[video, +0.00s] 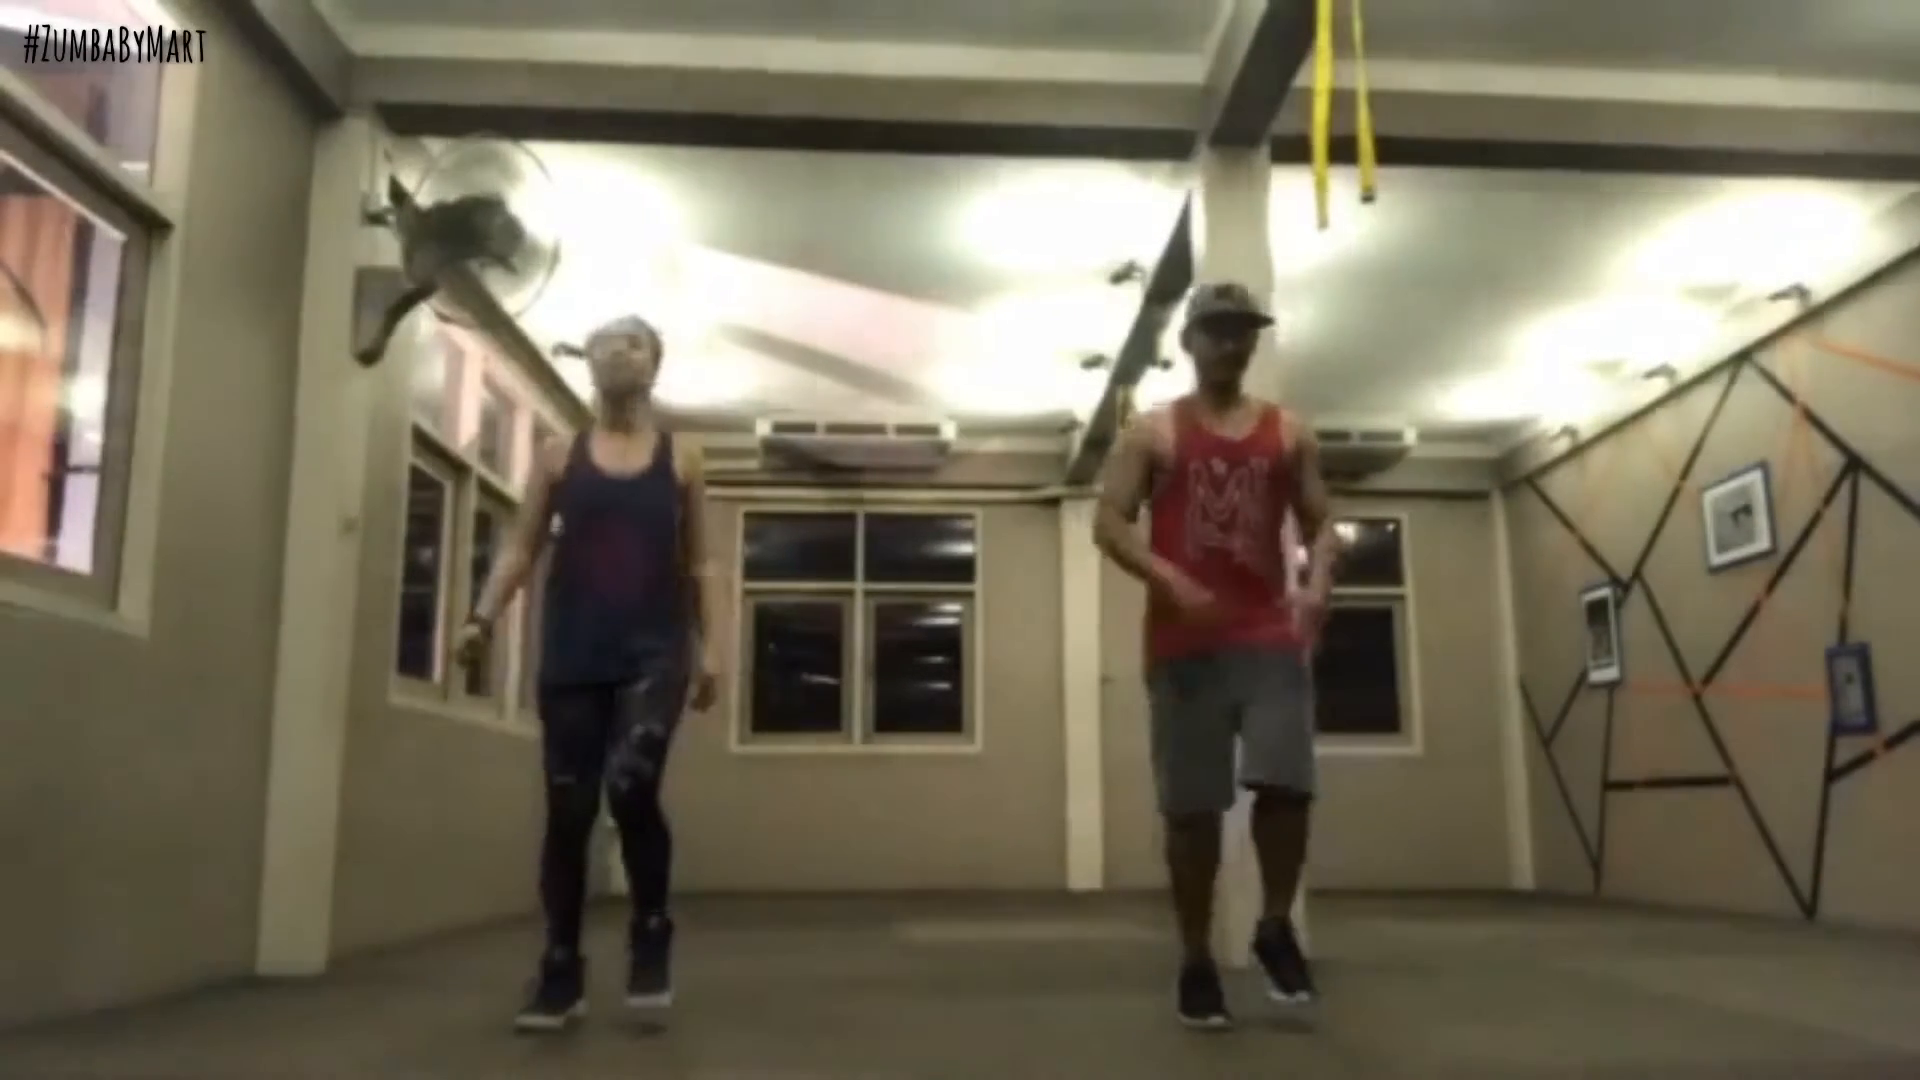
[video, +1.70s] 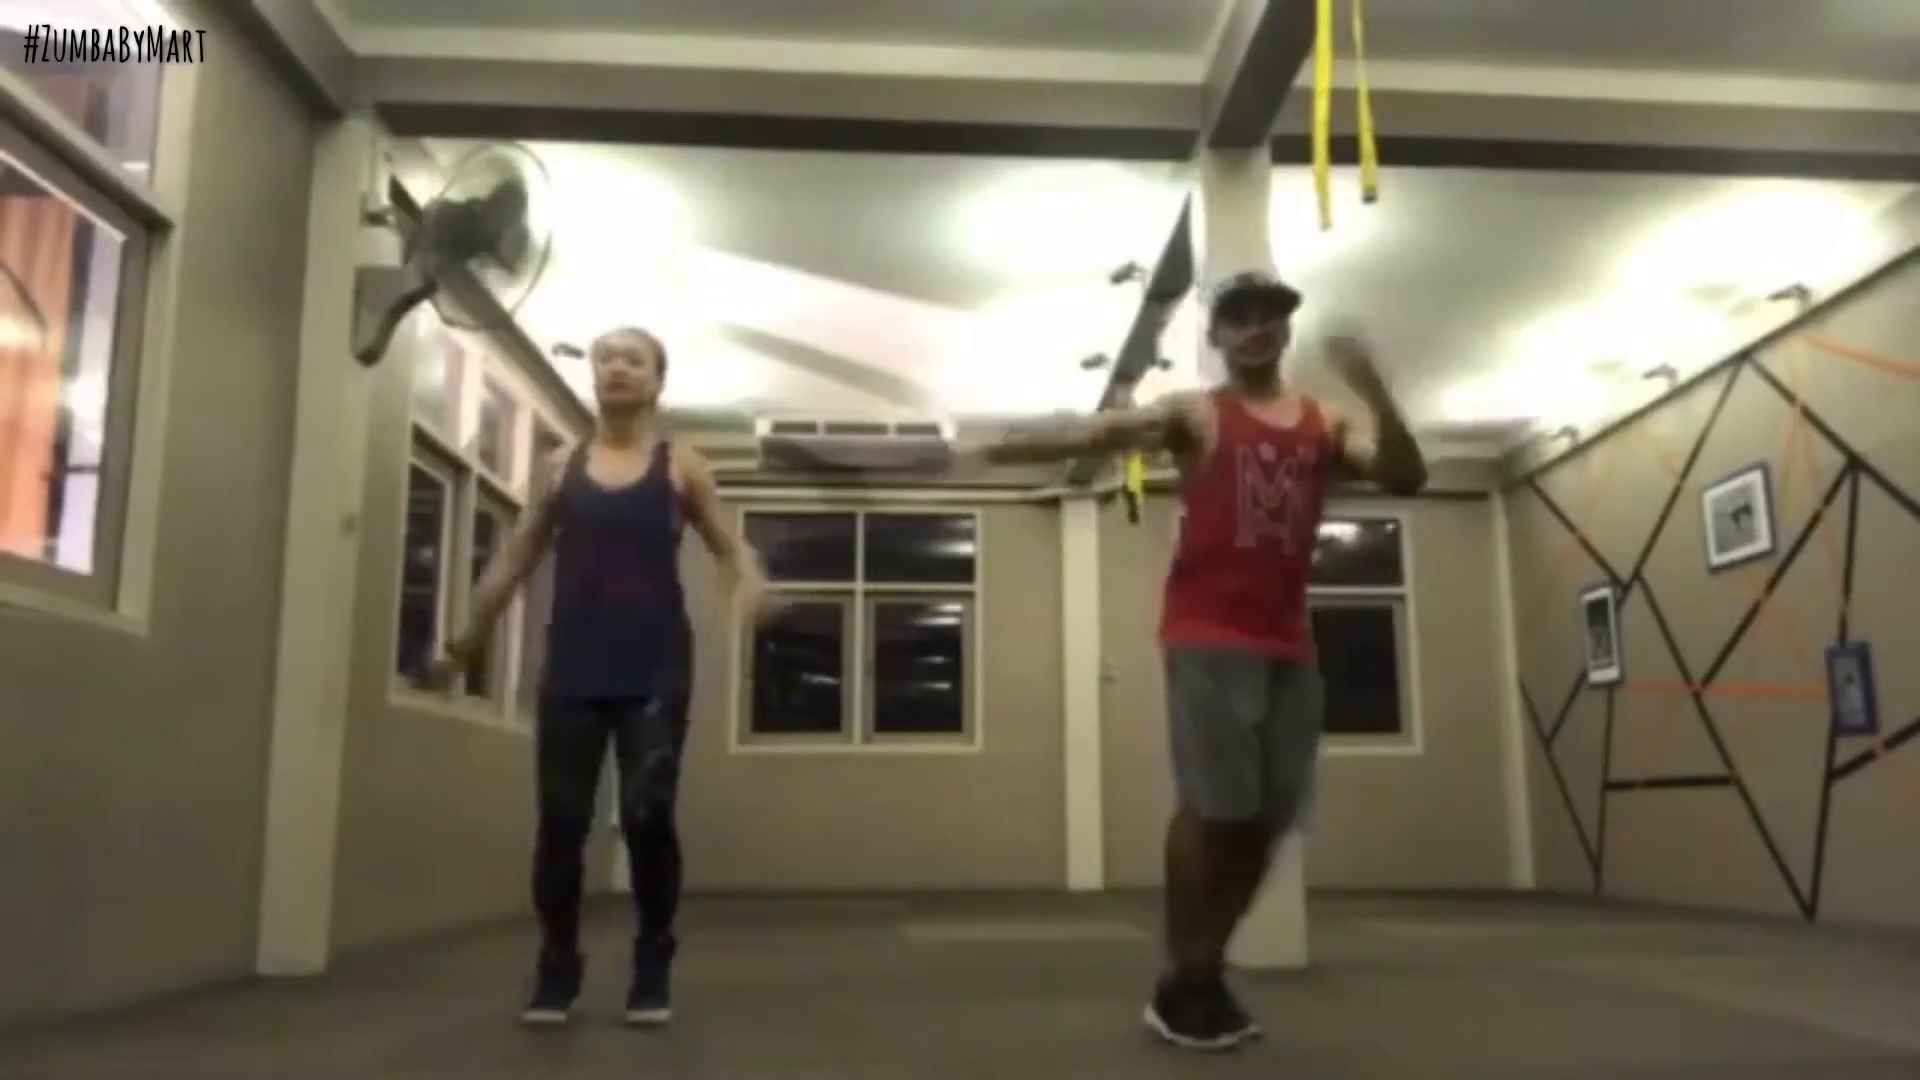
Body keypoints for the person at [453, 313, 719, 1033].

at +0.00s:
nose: (623, 354)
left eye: (636, 345)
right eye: (611, 344)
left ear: (655, 367)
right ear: (589, 365)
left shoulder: (680, 457)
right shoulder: (561, 455)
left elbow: (698, 564)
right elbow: (525, 547)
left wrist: (711, 653)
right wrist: (482, 619)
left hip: (655, 655)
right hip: (573, 656)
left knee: (629, 788)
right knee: (568, 811)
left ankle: (650, 939)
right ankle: (560, 969)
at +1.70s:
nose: (617, 371)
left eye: (633, 361)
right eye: (607, 360)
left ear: (658, 382)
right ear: (591, 376)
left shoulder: (680, 465)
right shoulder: (562, 465)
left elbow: (732, 552)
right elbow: (516, 557)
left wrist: (750, 588)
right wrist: (466, 631)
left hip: (654, 665)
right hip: (573, 663)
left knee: (646, 817)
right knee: (560, 822)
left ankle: (653, 969)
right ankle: (556, 973)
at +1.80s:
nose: (621, 362)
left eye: (637, 353)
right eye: (610, 352)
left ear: (663, 374)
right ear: (595, 371)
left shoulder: (687, 457)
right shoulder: (565, 455)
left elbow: (762, 508)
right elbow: (500, 528)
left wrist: (827, 523)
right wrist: (437, 559)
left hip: (656, 655)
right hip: (573, 655)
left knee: (664, 792)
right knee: (561, 812)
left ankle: (680, 932)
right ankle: (557, 964)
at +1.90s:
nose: (630, 352)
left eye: (646, 344)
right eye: (620, 342)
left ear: (673, 366)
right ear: (605, 359)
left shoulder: (695, 450)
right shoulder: (577, 443)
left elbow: (785, 483)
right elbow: (518, 517)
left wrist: (864, 496)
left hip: (661, 643)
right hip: (579, 644)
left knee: (681, 780)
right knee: (564, 808)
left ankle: (729, 946)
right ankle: (553, 968)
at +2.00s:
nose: (641, 352)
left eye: (659, 344)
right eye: (634, 342)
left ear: (687, 367)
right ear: (621, 359)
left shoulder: (702, 450)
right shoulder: (589, 438)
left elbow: (771, 491)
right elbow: (570, 503)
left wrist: (832, 508)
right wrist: (642, 470)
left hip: (673, 647)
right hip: (593, 646)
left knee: (701, 793)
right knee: (571, 811)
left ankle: (773, 963)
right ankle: (554, 966)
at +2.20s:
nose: (671, 350)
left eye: (686, 339)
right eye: (661, 339)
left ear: (714, 357)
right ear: (647, 355)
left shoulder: (735, 440)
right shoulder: (627, 435)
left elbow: (796, 505)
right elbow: (549, 491)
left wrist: (868, 497)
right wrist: (605, 460)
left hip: (719, 655)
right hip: (638, 653)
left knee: (733, 817)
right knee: (596, 822)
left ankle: (785, 982)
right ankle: (567, 961)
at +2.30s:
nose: (677, 340)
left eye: (692, 329)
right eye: (665, 330)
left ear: (721, 349)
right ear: (651, 348)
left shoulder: (742, 434)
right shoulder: (626, 436)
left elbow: (845, 468)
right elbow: (524, 467)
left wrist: (874, 412)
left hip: (730, 647)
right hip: (647, 648)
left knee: (751, 813)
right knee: (607, 809)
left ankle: (786, 975)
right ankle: (588, 936)